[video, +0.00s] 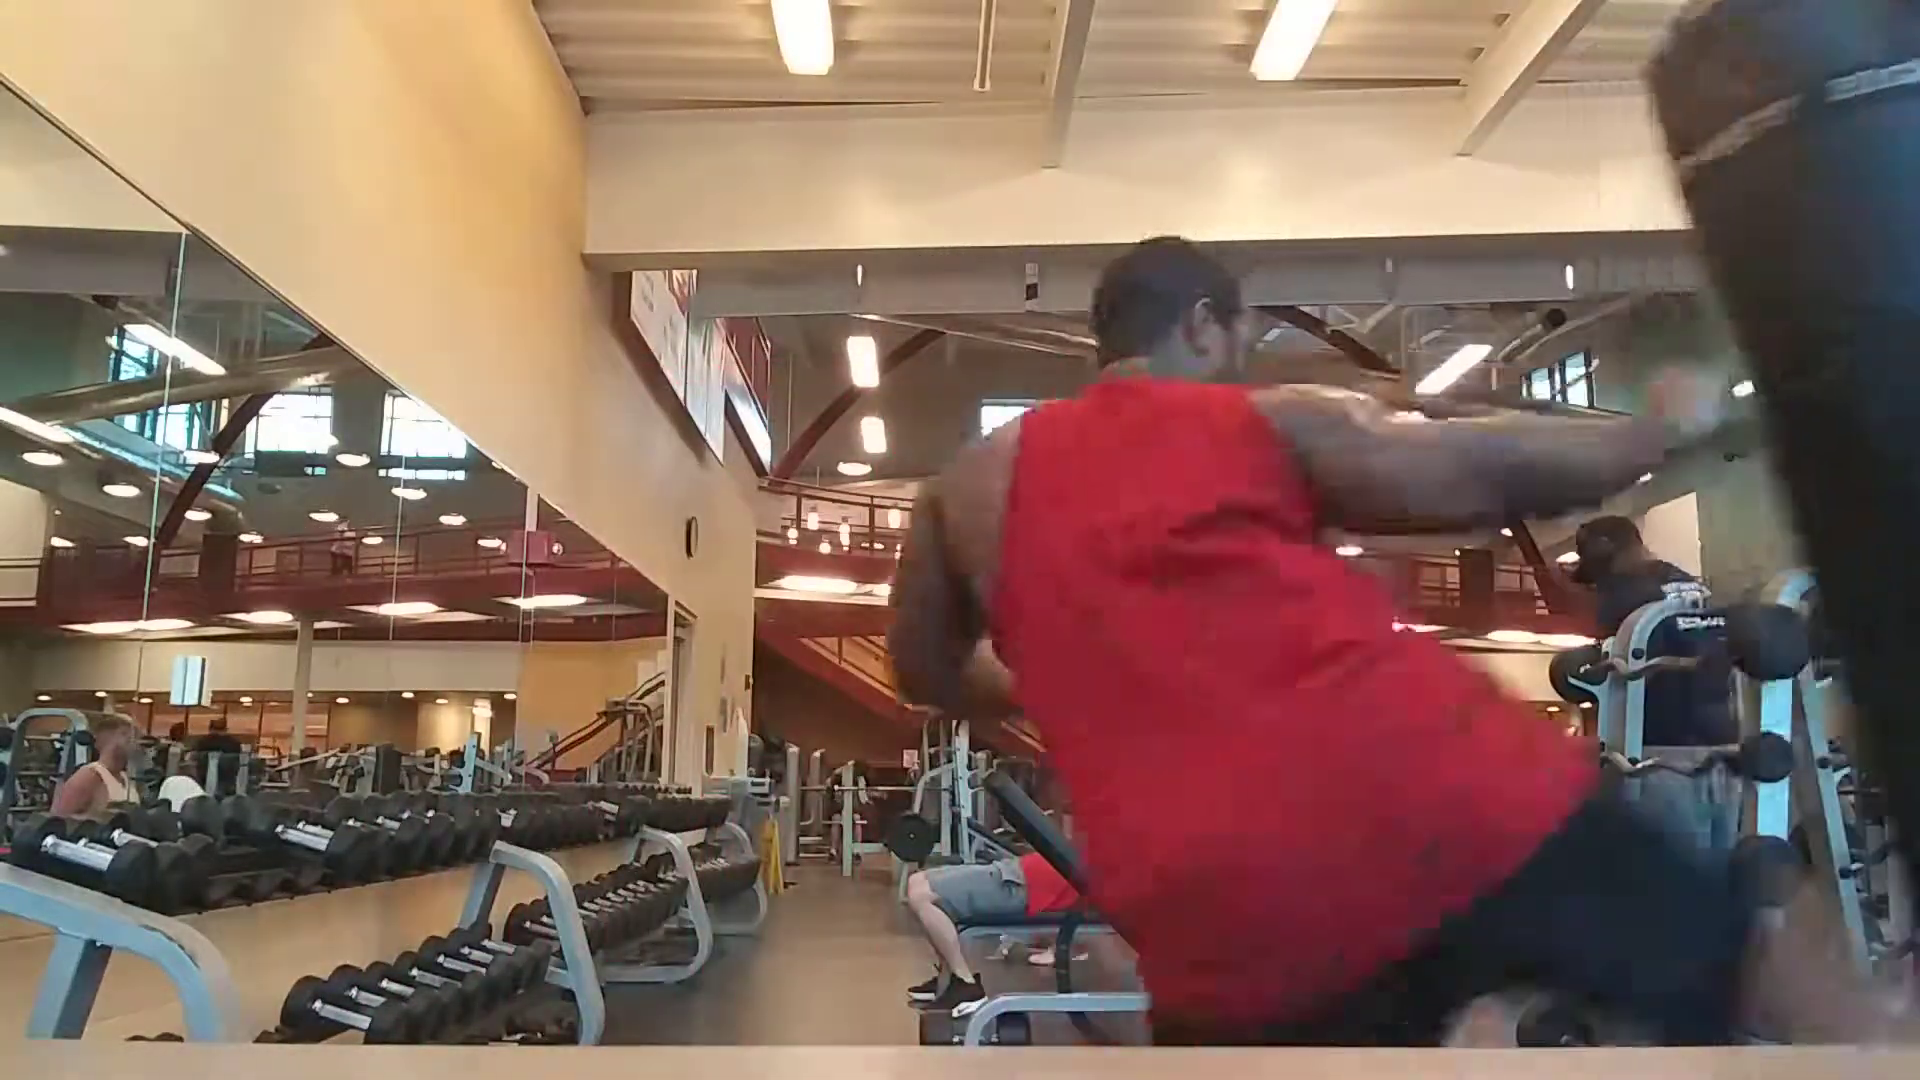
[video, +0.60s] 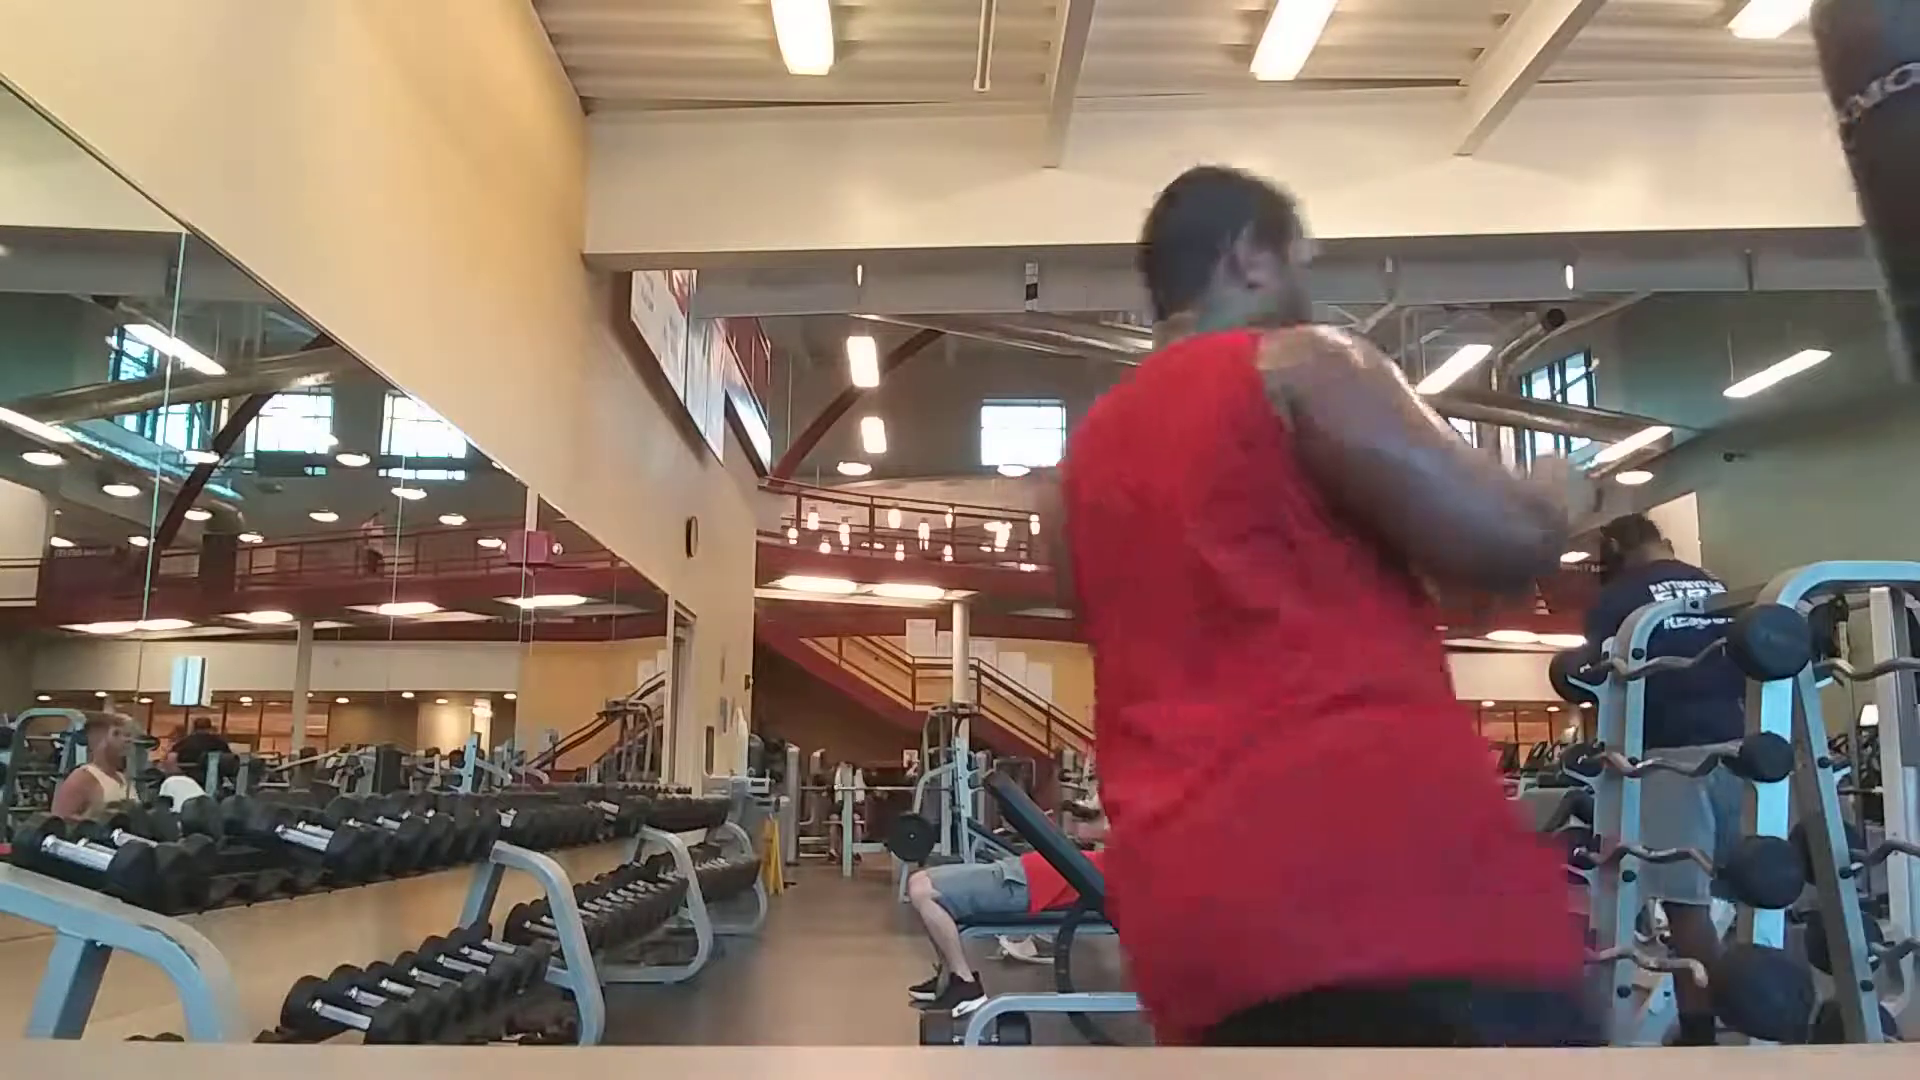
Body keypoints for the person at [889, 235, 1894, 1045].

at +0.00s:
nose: (1245, 352)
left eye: (1237, 338)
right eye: (1238, 334)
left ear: (1098, 340)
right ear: (1207, 331)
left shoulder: (965, 486)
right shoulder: (1258, 416)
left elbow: (925, 674)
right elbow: (1480, 469)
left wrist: (1049, 707)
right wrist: (1645, 439)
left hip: (1227, 942)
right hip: (1459, 819)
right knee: (1766, 964)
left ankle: (1473, 1034)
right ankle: (1864, 1045)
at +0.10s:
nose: (1238, 364)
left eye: (1235, 348)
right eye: (1234, 345)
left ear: (1089, 352)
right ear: (1191, 336)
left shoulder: (975, 494)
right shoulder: (1252, 399)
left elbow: (982, 679)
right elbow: (1482, 404)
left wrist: (1097, 609)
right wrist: (1735, 348)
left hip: (1291, 902)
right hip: (1490, 713)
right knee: (1723, 649)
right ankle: (1848, 623)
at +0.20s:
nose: (1236, 368)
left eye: (1231, 352)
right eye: (1227, 351)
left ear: (1079, 369)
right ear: (1187, 348)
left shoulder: (976, 537)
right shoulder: (1223, 402)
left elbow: (1032, 745)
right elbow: (1479, 369)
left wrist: (1117, 635)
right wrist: (1714, 294)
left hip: (1286, 885)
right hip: (1470, 687)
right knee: (1816, 607)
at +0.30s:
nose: (1225, 380)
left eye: (1221, 365)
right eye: (1218, 362)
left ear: (1072, 381)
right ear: (1180, 355)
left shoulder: (981, 555)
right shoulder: (1218, 417)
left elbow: (1052, 734)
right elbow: (1469, 409)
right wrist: (1618, 338)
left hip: (1286, 930)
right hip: (1487, 749)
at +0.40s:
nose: (1232, 361)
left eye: (1228, 342)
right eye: (1224, 340)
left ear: (1084, 364)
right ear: (1189, 332)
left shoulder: (1003, 550)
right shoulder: (1211, 420)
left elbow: (1069, 689)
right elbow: (1467, 460)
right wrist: (1567, 397)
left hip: (1254, 930)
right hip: (1472, 786)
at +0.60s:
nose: (1309, 294)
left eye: (1305, 267)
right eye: (1299, 263)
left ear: (1156, 293)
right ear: (1251, 258)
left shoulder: (1087, 445)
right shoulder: (1300, 364)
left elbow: (1087, 609)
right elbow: (1511, 542)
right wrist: (1544, 493)